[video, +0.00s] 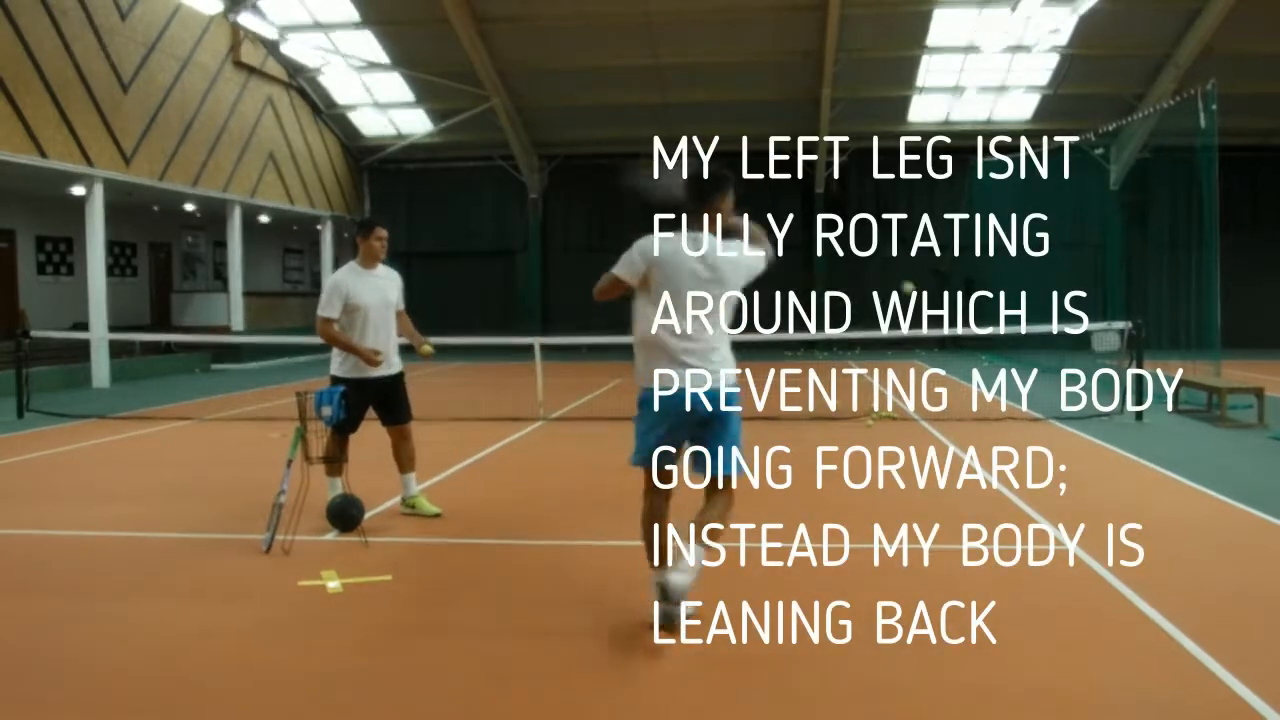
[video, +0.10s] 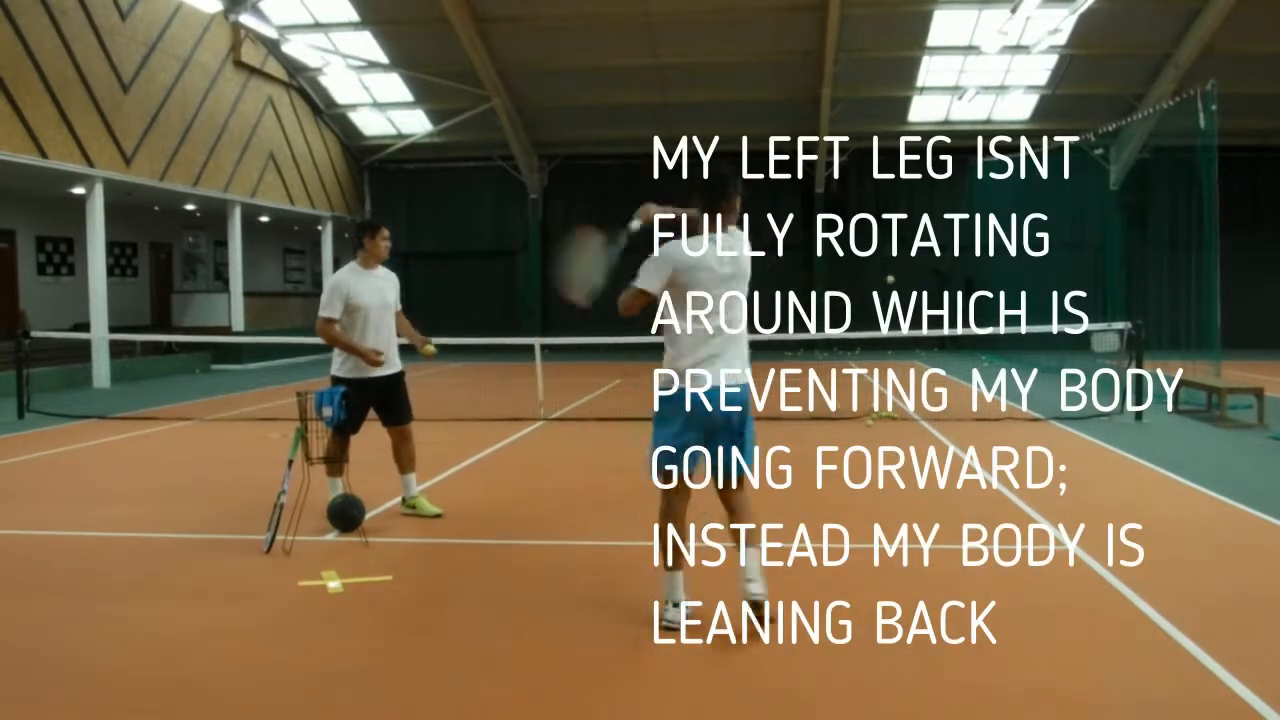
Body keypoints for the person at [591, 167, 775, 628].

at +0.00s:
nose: (731, 212)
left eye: (728, 204)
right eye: (730, 206)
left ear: (688, 202)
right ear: (722, 207)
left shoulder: (651, 249)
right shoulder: (735, 258)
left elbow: (603, 292)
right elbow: (764, 245)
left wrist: (645, 281)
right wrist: (734, 221)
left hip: (661, 388)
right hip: (718, 389)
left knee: (658, 489)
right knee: (722, 489)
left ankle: (662, 593)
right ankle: (689, 559)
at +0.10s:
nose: (742, 208)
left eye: (739, 201)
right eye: (740, 202)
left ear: (692, 205)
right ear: (730, 204)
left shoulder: (672, 253)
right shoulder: (742, 248)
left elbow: (629, 304)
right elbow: (706, 238)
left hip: (682, 391)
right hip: (734, 389)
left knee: (674, 494)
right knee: (735, 487)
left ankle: (674, 602)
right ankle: (755, 587)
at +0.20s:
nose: (686, 225)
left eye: (692, 215)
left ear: (700, 217)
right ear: (735, 215)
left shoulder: (692, 266)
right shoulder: (747, 257)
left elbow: (675, 327)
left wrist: (635, 315)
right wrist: (686, 252)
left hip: (702, 388)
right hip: (751, 384)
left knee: (685, 496)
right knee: (758, 486)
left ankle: (676, 600)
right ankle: (802, 581)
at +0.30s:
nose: (697, 227)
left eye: (699, 220)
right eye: (699, 221)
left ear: (711, 221)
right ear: (740, 220)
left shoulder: (721, 269)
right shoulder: (745, 261)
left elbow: (727, 338)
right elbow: (664, 261)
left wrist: (658, 366)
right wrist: (705, 241)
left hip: (722, 397)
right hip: (761, 391)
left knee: (695, 495)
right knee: (782, 481)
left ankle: (677, 601)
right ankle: (824, 569)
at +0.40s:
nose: (706, 233)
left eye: (710, 227)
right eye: (711, 229)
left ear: (720, 235)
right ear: (744, 231)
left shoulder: (735, 283)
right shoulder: (753, 268)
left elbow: (755, 347)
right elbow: (677, 288)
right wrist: (714, 263)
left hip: (742, 405)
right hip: (775, 401)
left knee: (698, 496)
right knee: (789, 483)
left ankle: (682, 600)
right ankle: (833, 569)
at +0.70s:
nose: (715, 234)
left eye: (720, 227)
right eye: (718, 227)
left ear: (729, 231)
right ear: (748, 230)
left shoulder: (741, 272)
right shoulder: (758, 267)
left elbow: (780, 334)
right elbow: (737, 329)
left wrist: (817, 385)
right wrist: (706, 298)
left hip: (759, 398)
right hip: (784, 394)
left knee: (703, 483)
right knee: (791, 480)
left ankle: (720, 599)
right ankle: (834, 570)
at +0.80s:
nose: (695, 243)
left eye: (700, 233)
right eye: (699, 232)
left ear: (716, 238)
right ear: (735, 236)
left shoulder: (741, 287)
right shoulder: (746, 278)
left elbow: (772, 353)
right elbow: (746, 342)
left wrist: (779, 416)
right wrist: (702, 340)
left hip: (752, 418)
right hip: (773, 411)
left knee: (700, 505)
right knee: (790, 491)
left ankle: (741, 609)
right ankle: (837, 574)